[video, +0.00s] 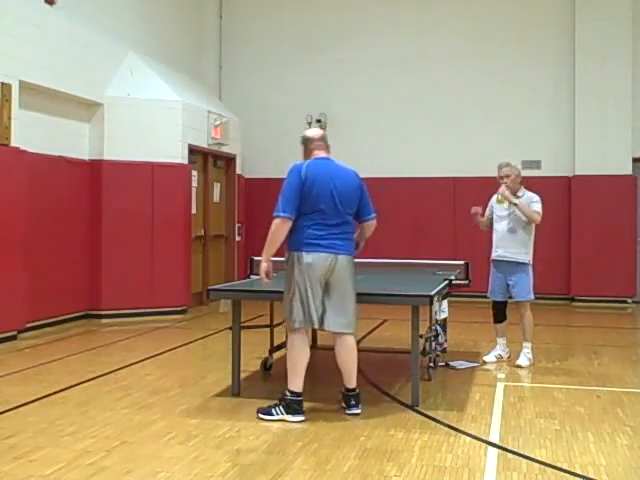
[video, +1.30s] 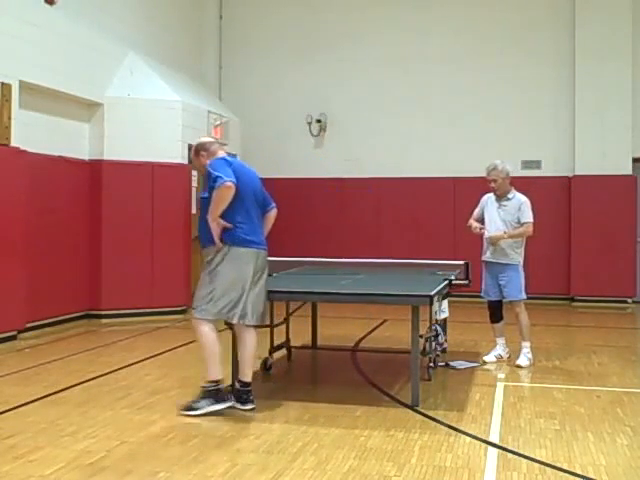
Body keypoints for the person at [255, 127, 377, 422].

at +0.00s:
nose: (302, 152)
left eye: (302, 148)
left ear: (304, 150)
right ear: (329, 148)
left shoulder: (300, 171)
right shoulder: (351, 175)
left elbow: (284, 218)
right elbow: (369, 222)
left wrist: (265, 257)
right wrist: (352, 245)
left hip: (307, 259)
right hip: (343, 260)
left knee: (299, 328)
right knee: (344, 330)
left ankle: (293, 402)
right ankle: (352, 398)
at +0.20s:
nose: (277, 163)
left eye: (276, 159)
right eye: (276, 160)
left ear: (280, 155)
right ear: (302, 146)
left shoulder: (284, 173)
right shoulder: (333, 173)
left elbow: (270, 223)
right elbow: (351, 217)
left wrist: (252, 263)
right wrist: (339, 253)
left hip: (293, 260)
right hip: (327, 261)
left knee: (291, 329)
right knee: (330, 328)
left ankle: (292, 403)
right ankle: (348, 397)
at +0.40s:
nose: (262, 162)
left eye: (261, 158)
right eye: (261, 158)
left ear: (266, 151)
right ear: (287, 145)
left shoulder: (271, 172)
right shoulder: (319, 172)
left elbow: (259, 222)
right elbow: (334, 216)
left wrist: (243, 262)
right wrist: (318, 244)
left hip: (286, 259)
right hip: (317, 258)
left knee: (287, 331)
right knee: (311, 328)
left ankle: (292, 402)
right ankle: (322, 393)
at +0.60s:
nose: (252, 162)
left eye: (250, 158)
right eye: (250, 159)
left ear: (255, 151)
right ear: (275, 145)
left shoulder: (263, 171)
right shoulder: (305, 172)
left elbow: (251, 222)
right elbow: (314, 217)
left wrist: (236, 260)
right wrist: (300, 244)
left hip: (279, 256)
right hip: (306, 256)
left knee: (283, 329)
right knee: (287, 325)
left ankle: (293, 402)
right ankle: (280, 385)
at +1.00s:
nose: (222, 166)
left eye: (220, 162)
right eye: (220, 163)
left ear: (224, 155)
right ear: (243, 150)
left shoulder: (236, 167)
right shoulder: (270, 173)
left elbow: (239, 204)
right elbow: (290, 215)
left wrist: (226, 243)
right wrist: (273, 245)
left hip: (252, 255)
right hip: (276, 254)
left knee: (244, 327)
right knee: (259, 328)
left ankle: (281, 390)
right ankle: (244, 391)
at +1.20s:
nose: (207, 168)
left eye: (205, 164)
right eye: (206, 164)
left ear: (210, 156)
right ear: (228, 150)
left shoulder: (223, 164)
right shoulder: (254, 171)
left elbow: (232, 190)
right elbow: (278, 211)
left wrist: (219, 223)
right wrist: (263, 241)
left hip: (241, 251)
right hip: (264, 252)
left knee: (210, 318)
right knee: (251, 322)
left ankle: (243, 378)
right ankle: (247, 387)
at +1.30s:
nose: (200, 170)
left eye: (198, 165)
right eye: (198, 166)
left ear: (203, 155)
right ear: (222, 150)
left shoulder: (216, 163)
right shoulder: (247, 170)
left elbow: (227, 185)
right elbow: (271, 209)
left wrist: (213, 216)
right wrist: (257, 240)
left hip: (233, 249)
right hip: (257, 251)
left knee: (202, 317)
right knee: (245, 322)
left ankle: (214, 391)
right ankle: (244, 391)